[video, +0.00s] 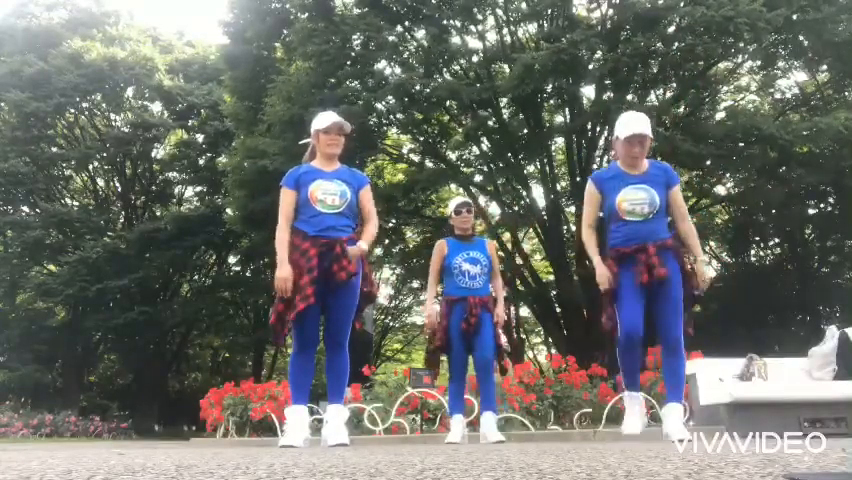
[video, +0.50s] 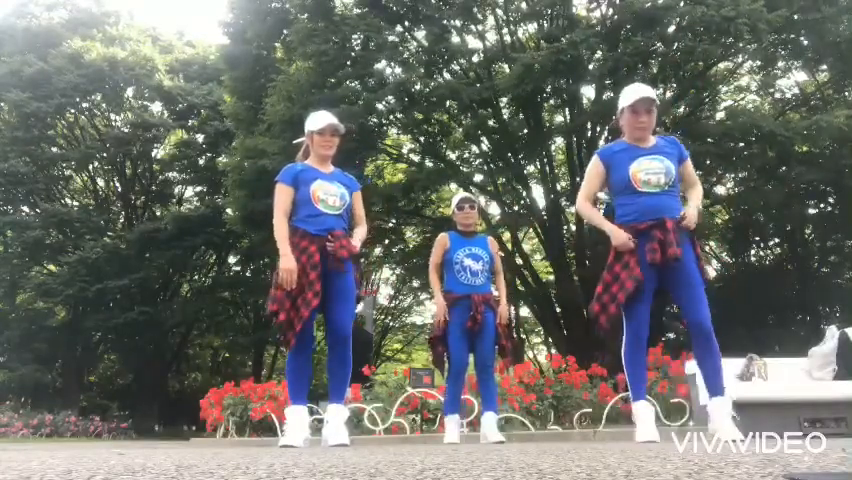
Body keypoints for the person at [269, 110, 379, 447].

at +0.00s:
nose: (333, 138)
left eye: (338, 134)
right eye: (327, 133)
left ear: (345, 139)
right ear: (314, 138)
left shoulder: (357, 178)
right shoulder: (297, 175)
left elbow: (371, 220)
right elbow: (284, 223)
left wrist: (362, 245)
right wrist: (282, 263)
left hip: (346, 259)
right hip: (305, 258)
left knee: (338, 340)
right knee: (305, 341)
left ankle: (336, 418)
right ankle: (297, 418)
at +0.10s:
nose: (332, 138)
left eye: (338, 133)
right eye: (326, 133)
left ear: (345, 138)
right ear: (314, 137)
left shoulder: (356, 178)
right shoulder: (296, 174)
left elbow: (371, 221)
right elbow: (282, 221)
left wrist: (361, 242)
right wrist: (281, 262)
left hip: (345, 259)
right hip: (305, 257)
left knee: (339, 338)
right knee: (304, 338)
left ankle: (336, 418)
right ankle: (297, 418)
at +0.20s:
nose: (332, 138)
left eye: (337, 134)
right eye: (326, 133)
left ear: (344, 139)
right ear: (313, 138)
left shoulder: (356, 178)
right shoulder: (296, 174)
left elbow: (368, 220)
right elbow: (281, 220)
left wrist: (360, 242)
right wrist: (280, 260)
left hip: (345, 257)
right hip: (304, 256)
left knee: (341, 336)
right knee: (304, 336)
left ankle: (336, 417)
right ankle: (297, 417)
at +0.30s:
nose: (331, 139)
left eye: (336, 134)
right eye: (324, 133)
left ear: (343, 139)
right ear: (312, 138)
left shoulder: (353, 178)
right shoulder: (295, 173)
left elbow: (364, 223)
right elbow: (281, 219)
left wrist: (358, 237)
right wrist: (283, 258)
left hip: (343, 255)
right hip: (304, 254)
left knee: (342, 332)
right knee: (304, 333)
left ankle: (337, 416)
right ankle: (297, 417)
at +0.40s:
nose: (329, 139)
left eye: (334, 134)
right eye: (323, 133)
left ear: (341, 139)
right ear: (310, 138)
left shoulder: (350, 180)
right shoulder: (294, 172)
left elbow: (362, 223)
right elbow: (281, 217)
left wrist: (354, 243)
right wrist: (285, 257)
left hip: (342, 254)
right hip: (303, 252)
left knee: (341, 331)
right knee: (302, 333)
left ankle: (336, 416)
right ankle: (297, 417)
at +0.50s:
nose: (328, 139)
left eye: (333, 134)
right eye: (322, 134)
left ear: (340, 139)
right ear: (309, 138)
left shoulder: (348, 180)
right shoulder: (293, 172)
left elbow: (361, 223)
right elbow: (280, 216)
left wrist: (353, 242)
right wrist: (285, 255)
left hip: (340, 254)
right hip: (303, 251)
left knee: (341, 331)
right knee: (302, 333)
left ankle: (336, 416)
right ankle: (297, 417)